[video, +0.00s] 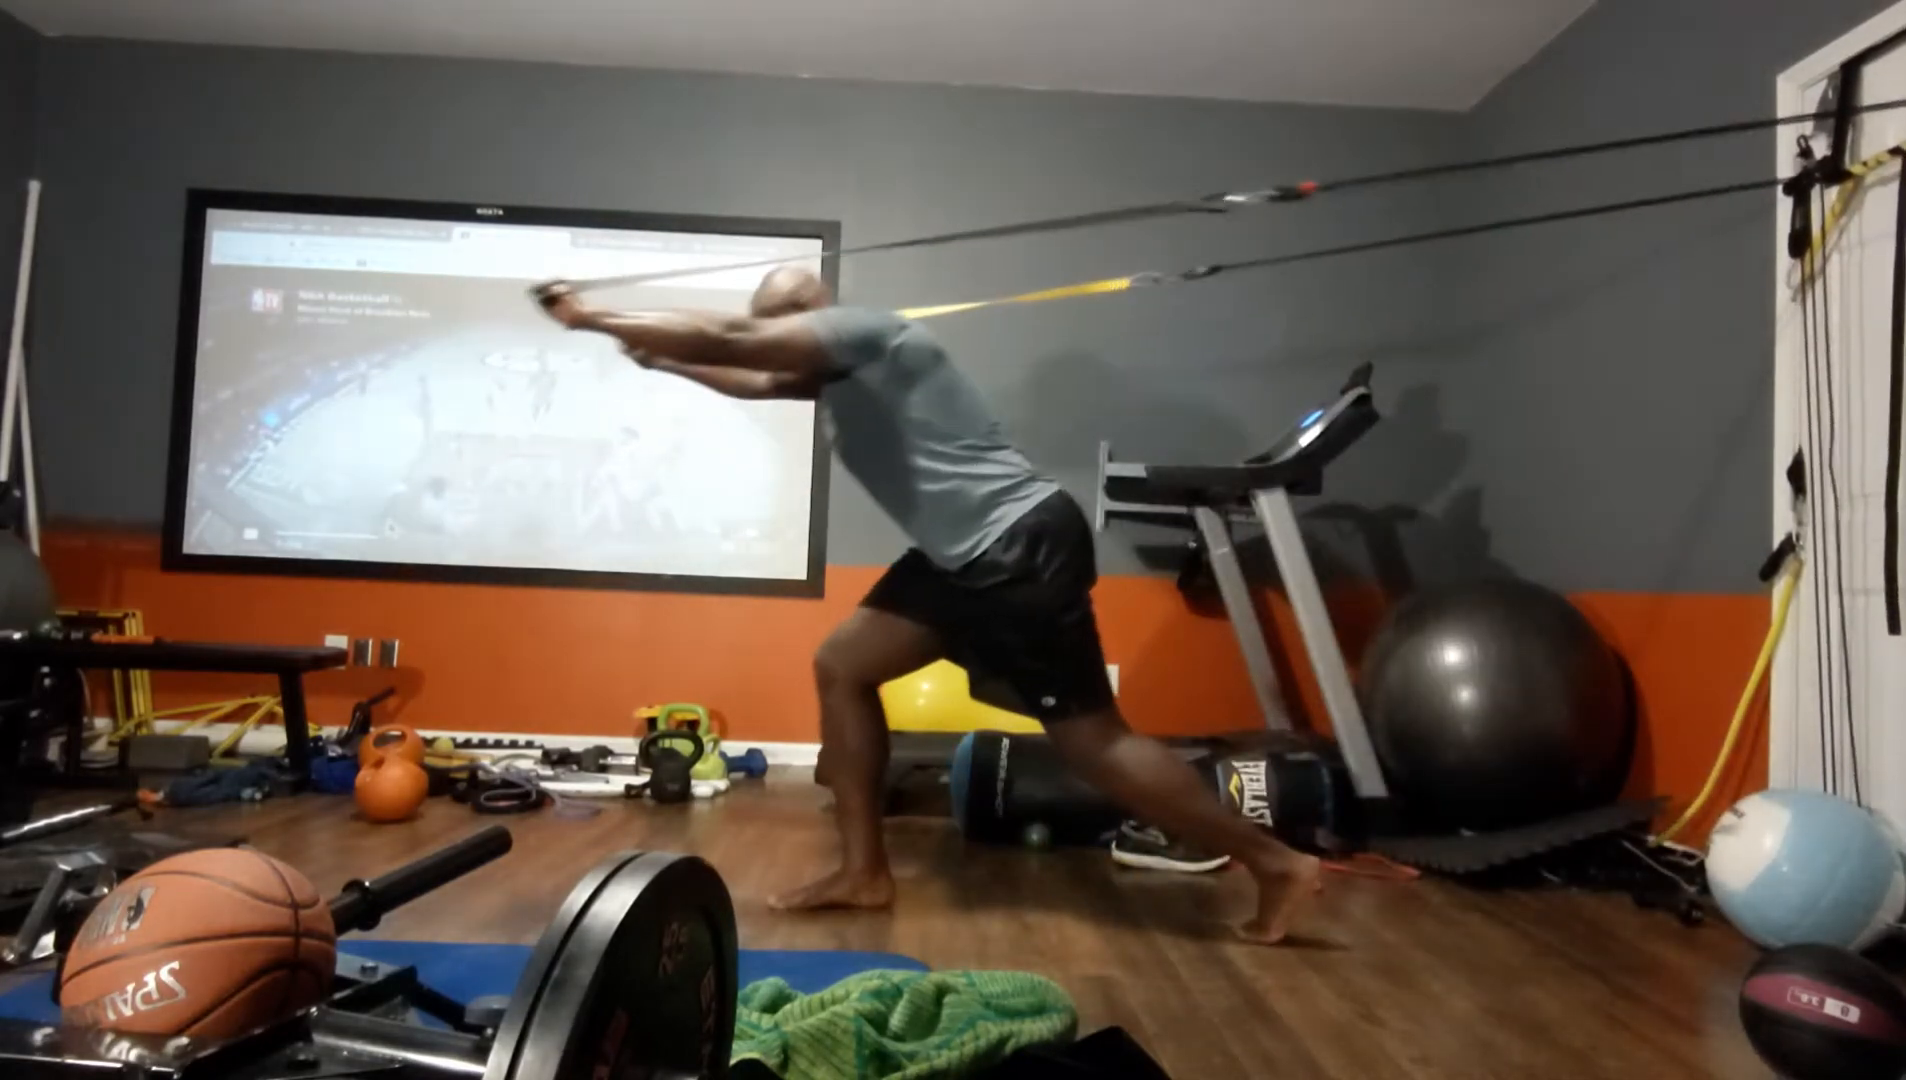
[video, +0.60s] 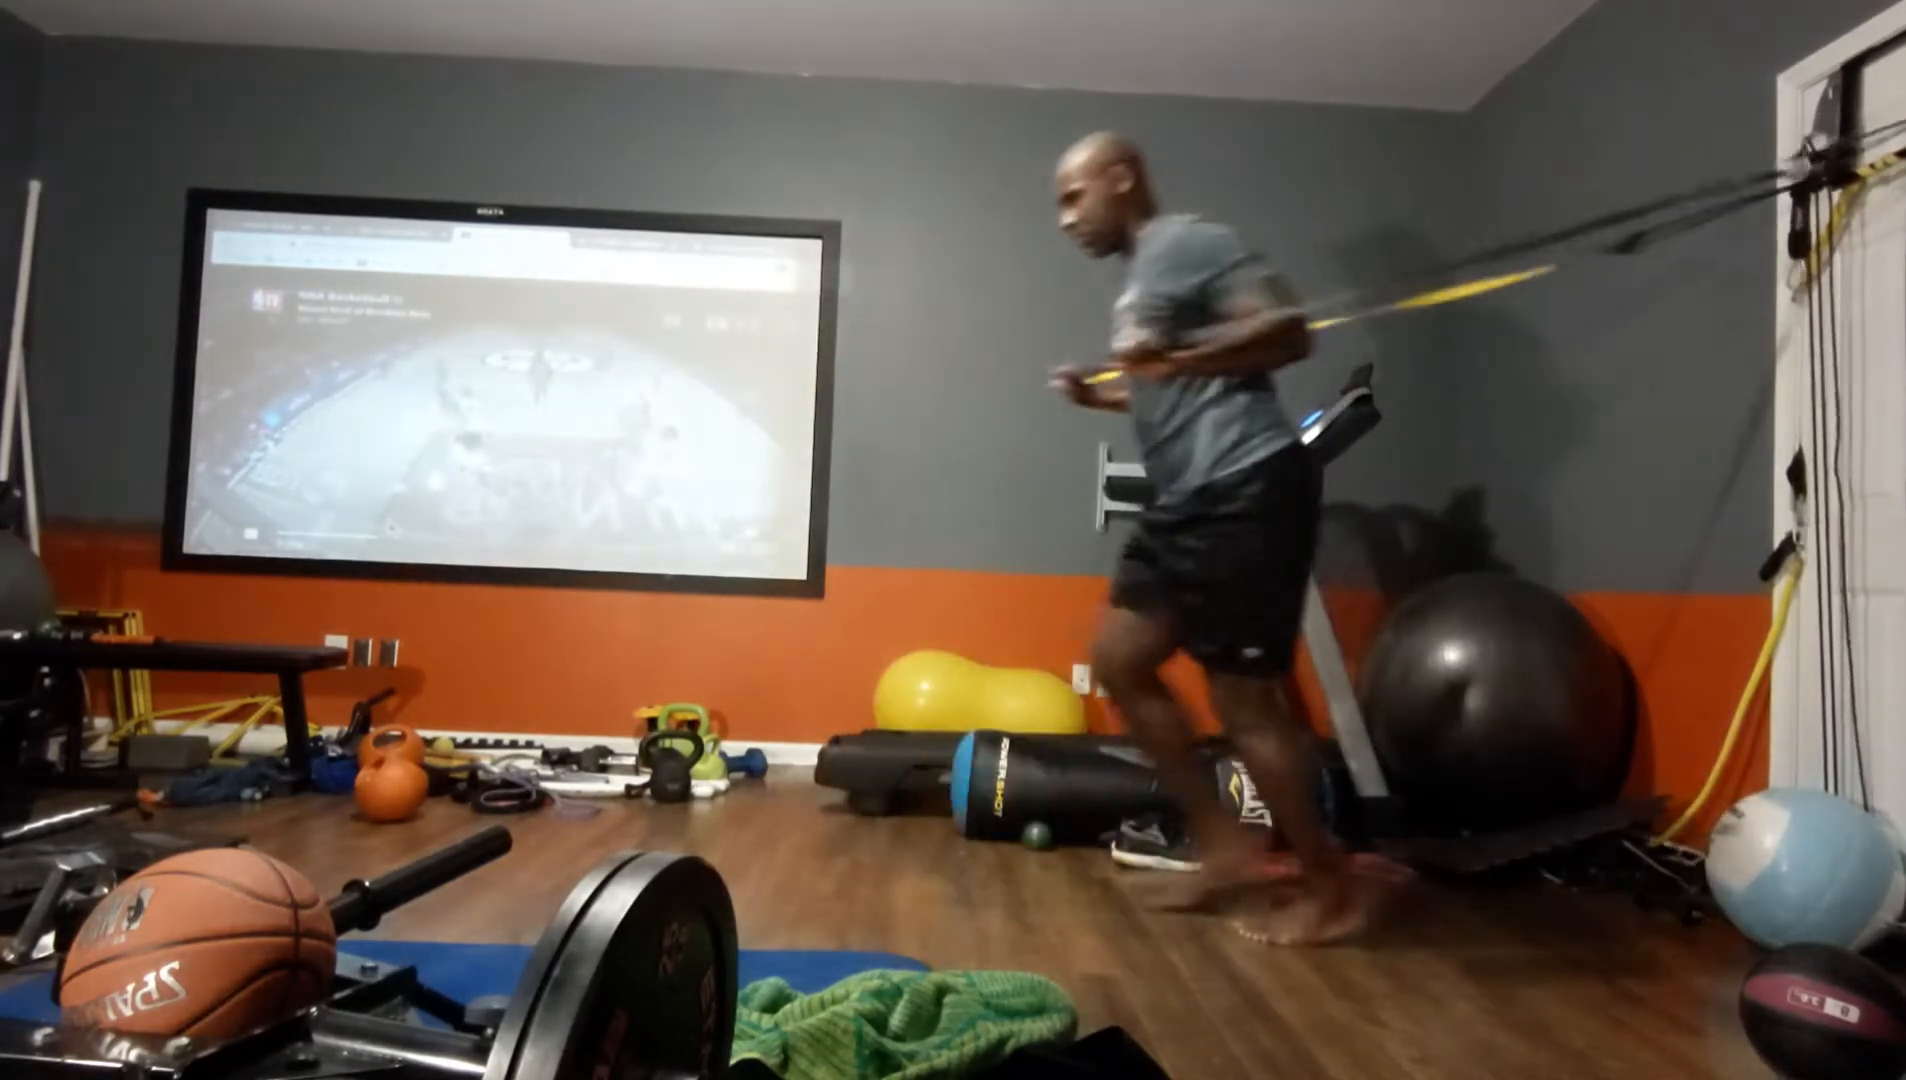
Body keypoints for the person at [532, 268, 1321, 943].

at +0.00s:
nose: (757, 330)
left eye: (762, 316)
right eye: (757, 318)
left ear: (801, 299)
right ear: (804, 304)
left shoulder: (868, 328)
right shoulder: (845, 371)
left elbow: (732, 336)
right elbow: (744, 376)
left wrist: (594, 315)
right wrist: (651, 351)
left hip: (1024, 545)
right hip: (958, 558)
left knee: (1097, 749)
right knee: (842, 667)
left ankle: (1280, 867)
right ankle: (861, 872)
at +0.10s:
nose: (812, 304)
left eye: (819, 288)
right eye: (808, 294)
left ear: (862, 277)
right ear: (836, 298)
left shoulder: (921, 314)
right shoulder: (880, 367)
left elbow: (809, 339)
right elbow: (803, 384)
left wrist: (671, 316)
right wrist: (710, 353)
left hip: (1050, 540)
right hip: (978, 553)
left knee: (1108, 750)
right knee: (866, 666)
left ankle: (1282, 865)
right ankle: (862, 877)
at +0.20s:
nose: (876, 277)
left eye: (887, 256)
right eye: (869, 265)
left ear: (931, 246)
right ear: (875, 270)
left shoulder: (987, 290)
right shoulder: (933, 348)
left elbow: (935, 341)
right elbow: (891, 397)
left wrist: (803, 322)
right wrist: (804, 364)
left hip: (1088, 522)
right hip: (1013, 539)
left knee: (1125, 733)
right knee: (906, 668)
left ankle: (1298, 873)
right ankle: (866, 873)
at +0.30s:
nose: (934, 253)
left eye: (943, 233)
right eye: (928, 241)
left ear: (991, 215)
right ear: (957, 238)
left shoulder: (1047, 262)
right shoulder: (998, 315)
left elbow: (1054, 338)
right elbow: (992, 404)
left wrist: (915, 334)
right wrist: (904, 379)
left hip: (1128, 500)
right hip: (1059, 521)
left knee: (1172, 720)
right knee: (972, 678)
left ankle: (1306, 874)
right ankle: (886, 869)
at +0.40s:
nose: (987, 240)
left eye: (994, 218)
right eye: (981, 226)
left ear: (1047, 200)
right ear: (1018, 217)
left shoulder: (1100, 253)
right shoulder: (1055, 304)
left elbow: (1142, 340)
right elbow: (1069, 409)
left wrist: (1019, 344)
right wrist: (984, 387)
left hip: (1177, 502)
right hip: (1110, 517)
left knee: (1202, 710)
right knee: (1016, 664)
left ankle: (1321, 885)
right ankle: (979, 864)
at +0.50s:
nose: (1028, 231)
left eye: (1035, 210)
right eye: (1022, 217)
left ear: (1084, 189)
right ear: (1074, 197)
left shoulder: (1147, 249)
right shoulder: (1103, 292)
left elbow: (1227, 338)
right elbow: (1135, 408)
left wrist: (1105, 355)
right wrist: (1058, 398)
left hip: (1219, 494)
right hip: (1152, 507)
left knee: (1221, 708)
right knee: (1062, 653)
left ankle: (1325, 886)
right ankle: (1099, 857)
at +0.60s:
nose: (1065, 218)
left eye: (1073, 196)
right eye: (1059, 203)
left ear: (1126, 180)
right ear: (1107, 193)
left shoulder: (1192, 240)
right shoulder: (1138, 282)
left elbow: (1285, 333)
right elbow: (1174, 389)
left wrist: (1175, 361)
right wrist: (1099, 392)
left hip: (1254, 486)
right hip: (1188, 499)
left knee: (1248, 704)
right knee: (1119, 661)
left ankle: (1329, 888)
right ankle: (1225, 843)